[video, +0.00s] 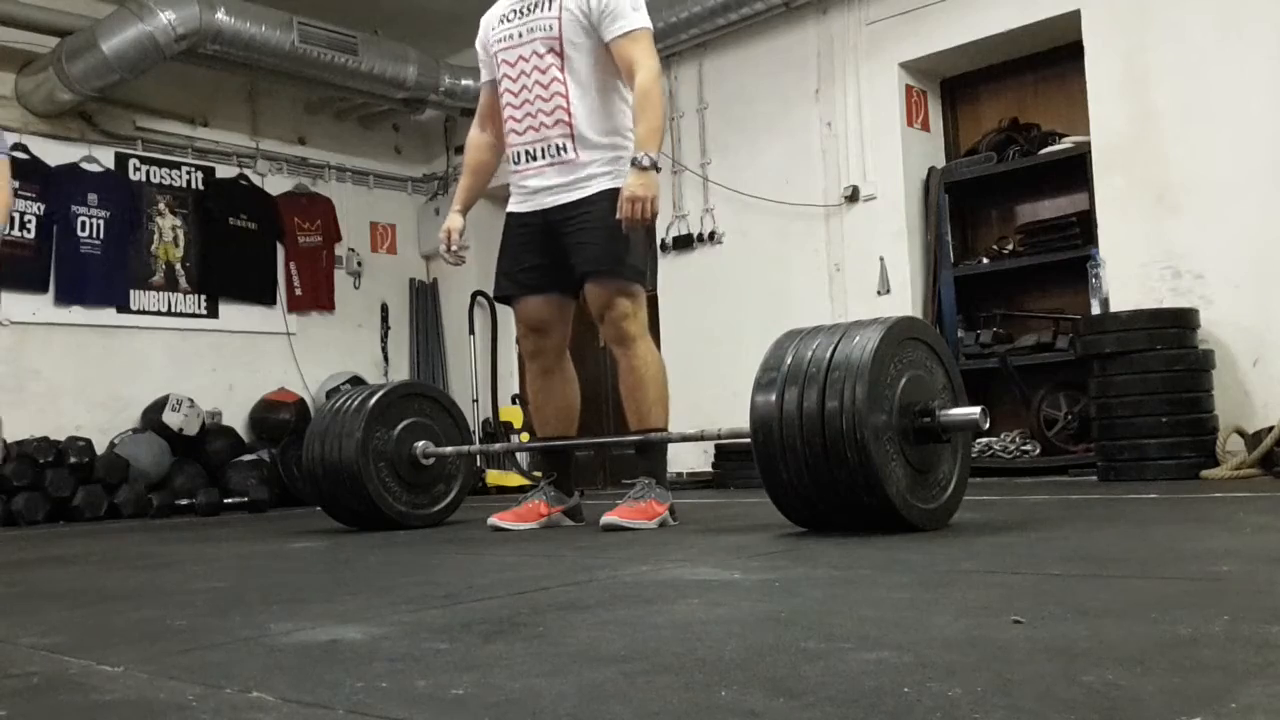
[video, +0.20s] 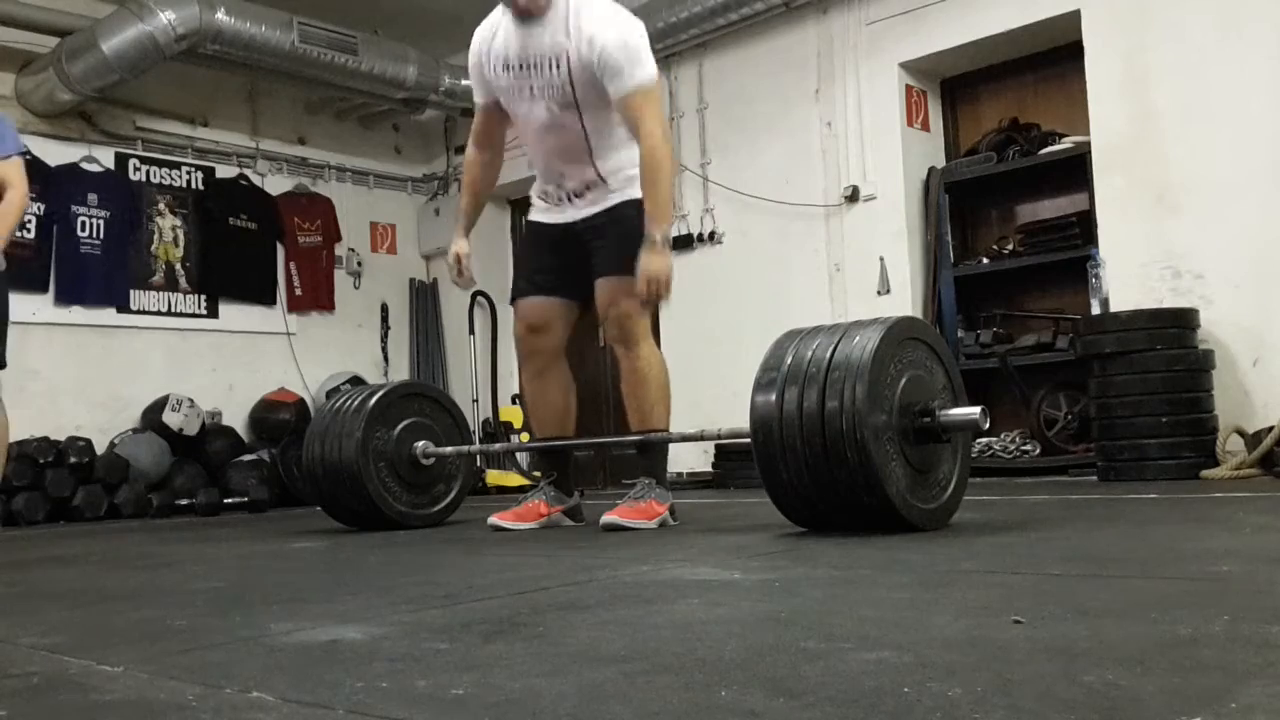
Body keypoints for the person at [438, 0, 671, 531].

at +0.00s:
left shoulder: (598, 0)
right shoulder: (492, 23)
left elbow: (645, 71)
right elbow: (487, 128)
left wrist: (644, 165)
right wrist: (458, 208)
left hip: (602, 184)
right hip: (529, 199)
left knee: (621, 321)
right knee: (537, 336)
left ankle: (652, 485)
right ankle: (557, 490)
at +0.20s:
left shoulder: (607, 28)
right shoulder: (489, 40)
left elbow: (652, 133)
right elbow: (484, 145)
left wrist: (658, 240)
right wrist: (462, 231)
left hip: (619, 195)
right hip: (550, 205)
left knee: (624, 320)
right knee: (535, 330)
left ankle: (652, 486)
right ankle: (555, 490)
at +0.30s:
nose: (518, 57)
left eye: (526, 41)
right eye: (503, 45)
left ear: (552, 11)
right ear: (486, 31)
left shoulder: (607, 72)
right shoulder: (488, 72)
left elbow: (657, 187)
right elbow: (488, 167)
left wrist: (665, 303)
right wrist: (470, 256)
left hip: (629, 207)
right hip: (559, 216)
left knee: (630, 318)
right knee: (532, 332)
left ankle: (653, 488)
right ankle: (556, 491)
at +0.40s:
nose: (533, 116)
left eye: (540, 100)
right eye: (516, 106)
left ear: (557, 69)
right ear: (493, 94)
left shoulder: (608, 110)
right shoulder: (488, 111)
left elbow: (660, 231)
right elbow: (493, 192)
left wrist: (671, 346)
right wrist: (482, 279)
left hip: (640, 214)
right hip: (569, 223)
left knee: (631, 314)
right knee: (533, 332)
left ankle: (654, 487)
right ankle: (558, 491)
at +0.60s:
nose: (528, 196)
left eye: (535, 179)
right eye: (513, 188)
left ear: (549, 143)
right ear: (489, 174)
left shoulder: (606, 168)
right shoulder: (489, 169)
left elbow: (659, 289)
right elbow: (502, 229)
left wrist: (678, 404)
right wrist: (503, 318)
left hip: (656, 220)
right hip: (579, 234)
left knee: (633, 313)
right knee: (531, 337)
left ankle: (654, 488)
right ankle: (558, 492)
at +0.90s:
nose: (469, 252)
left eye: (473, 241)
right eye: (460, 246)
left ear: (499, 211)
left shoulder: (577, 199)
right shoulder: (481, 226)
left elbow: (651, 297)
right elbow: (506, 309)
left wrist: (681, 409)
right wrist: (511, 402)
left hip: (665, 210)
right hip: (586, 237)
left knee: (633, 315)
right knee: (538, 338)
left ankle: (654, 489)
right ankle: (559, 491)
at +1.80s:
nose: (465, 173)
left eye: (474, 153)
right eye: (455, 161)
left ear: (514, 144)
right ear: (450, 163)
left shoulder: (592, 204)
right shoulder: (492, 237)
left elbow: (656, 301)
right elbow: (506, 335)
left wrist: (670, 406)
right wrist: (497, 423)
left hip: (682, 294)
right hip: (596, 318)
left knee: (613, 324)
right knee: (512, 348)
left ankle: (652, 490)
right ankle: (557, 494)